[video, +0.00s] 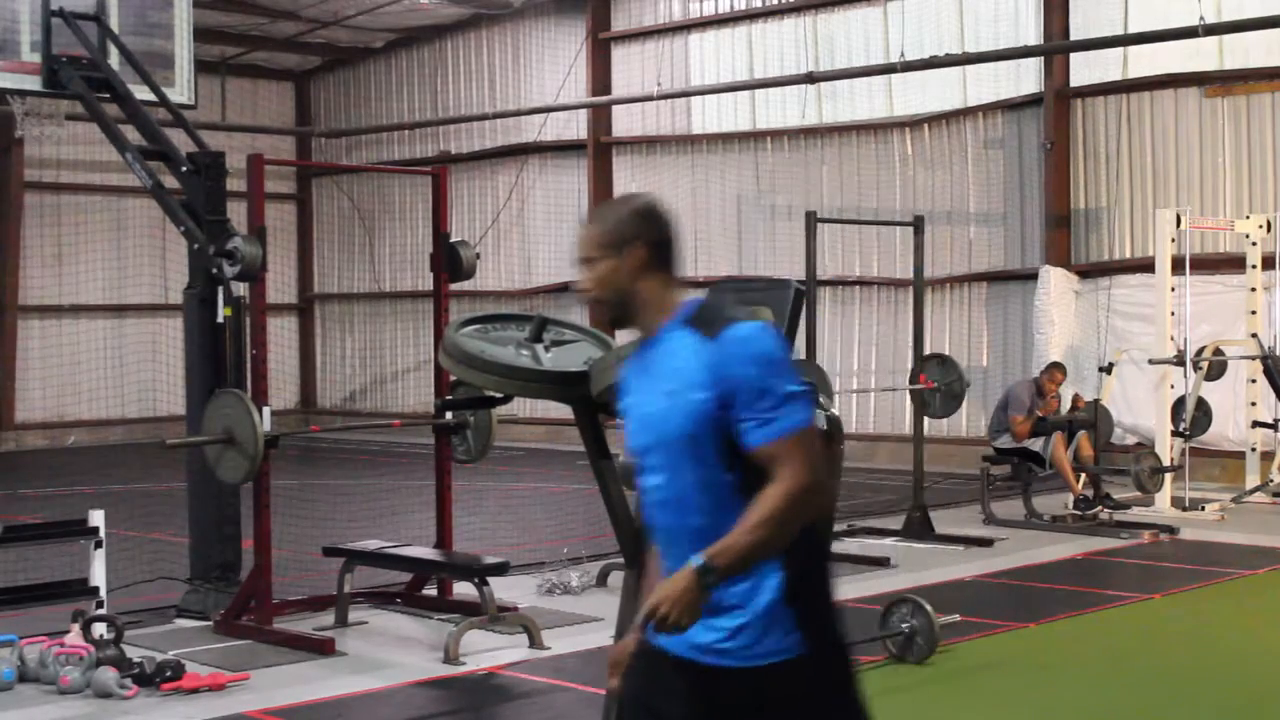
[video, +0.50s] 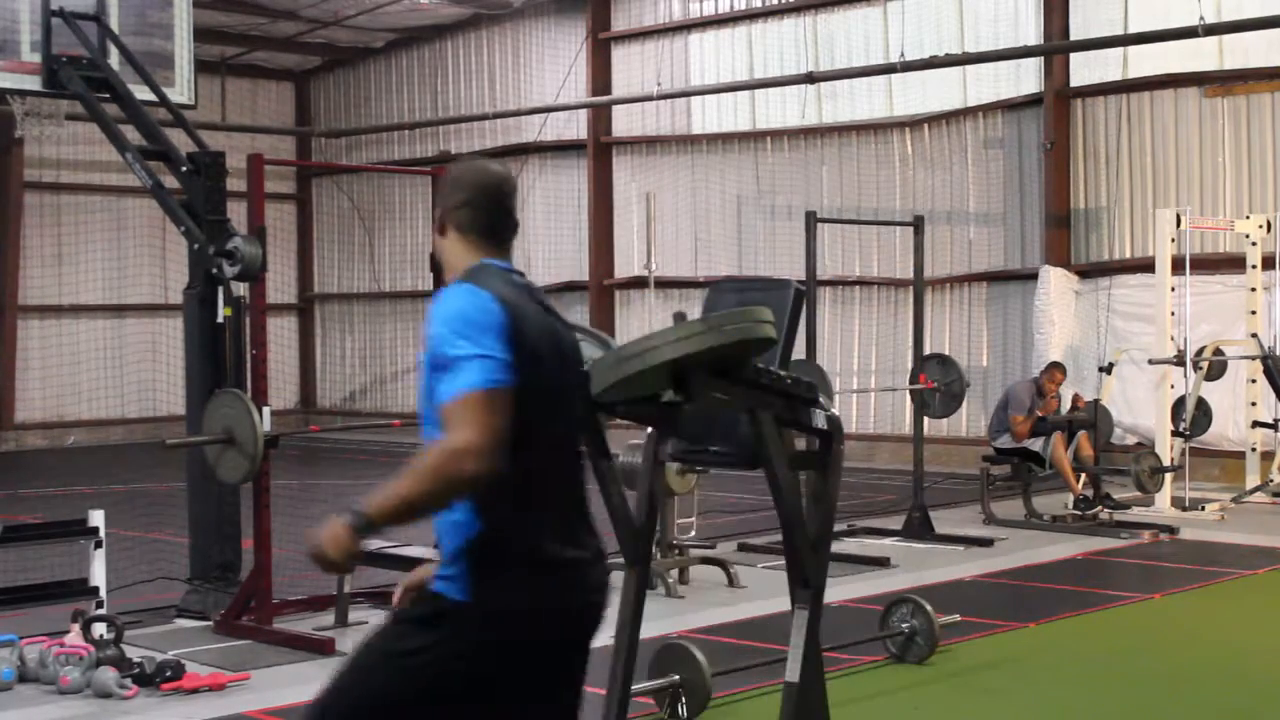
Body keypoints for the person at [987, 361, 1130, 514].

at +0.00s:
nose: (1054, 388)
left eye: (1058, 385)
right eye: (1051, 382)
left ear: (1061, 384)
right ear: (1041, 375)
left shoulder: (1051, 395)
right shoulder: (1021, 391)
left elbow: (1054, 427)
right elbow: (1019, 435)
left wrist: (1073, 411)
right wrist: (1041, 412)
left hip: (1029, 438)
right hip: (1004, 440)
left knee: (1081, 436)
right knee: (1055, 439)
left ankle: (1099, 494)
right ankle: (1079, 498)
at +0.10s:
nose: (1054, 388)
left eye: (1058, 385)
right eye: (1051, 382)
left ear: (1061, 385)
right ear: (1041, 375)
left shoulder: (1051, 395)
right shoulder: (1021, 391)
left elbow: (1054, 427)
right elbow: (1018, 435)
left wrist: (1073, 411)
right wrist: (1040, 412)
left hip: (1029, 438)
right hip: (1004, 440)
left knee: (1080, 436)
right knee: (1055, 439)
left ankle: (1099, 494)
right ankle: (1079, 498)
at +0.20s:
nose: (1053, 388)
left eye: (1058, 385)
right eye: (1051, 382)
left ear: (1061, 385)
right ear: (1041, 375)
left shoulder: (1050, 395)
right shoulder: (1021, 391)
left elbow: (1054, 427)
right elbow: (1018, 435)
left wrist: (1072, 411)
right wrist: (1040, 412)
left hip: (1029, 438)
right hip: (1004, 440)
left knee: (1081, 436)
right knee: (1055, 439)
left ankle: (1099, 494)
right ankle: (1079, 498)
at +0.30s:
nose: (1053, 388)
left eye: (1058, 385)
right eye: (1051, 382)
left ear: (1061, 385)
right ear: (1041, 375)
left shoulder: (1050, 395)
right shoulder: (1021, 391)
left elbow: (1054, 427)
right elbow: (1019, 435)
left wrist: (1072, 411)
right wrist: (1040, 412)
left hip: (1029, 438)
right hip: (1004, 440)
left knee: (1080, 436)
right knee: (1055, 439)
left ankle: (1099, 494)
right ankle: (1079, 498)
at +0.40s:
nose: (1053, 388)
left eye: (1058, 385)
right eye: (1051, 382)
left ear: (1061, 385)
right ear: (1041, 375)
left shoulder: (1050, 395)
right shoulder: (1021, 391)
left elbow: (1054, 428)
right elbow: (1019, 435)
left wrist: (1072, 411)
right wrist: (1040, 412)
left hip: (1029, 438)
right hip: (1004, 440)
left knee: (1080, 436)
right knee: (1055, 439)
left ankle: (1099, 494)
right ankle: (1079, 498)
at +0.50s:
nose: (1054, 388)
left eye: (1058, 385)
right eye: (1051, 382)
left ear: (1061, 385)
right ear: (1041, 374)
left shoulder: (1051, 395)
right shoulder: (1021, 391)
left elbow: (1053, 427)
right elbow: (1019, 435)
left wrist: (1072, 411)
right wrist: (1041, 412)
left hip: (1029, 438)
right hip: (1003, 439)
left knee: (1080, 436)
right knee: (1055, 439)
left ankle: (1099, 494)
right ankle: (1079, 498)